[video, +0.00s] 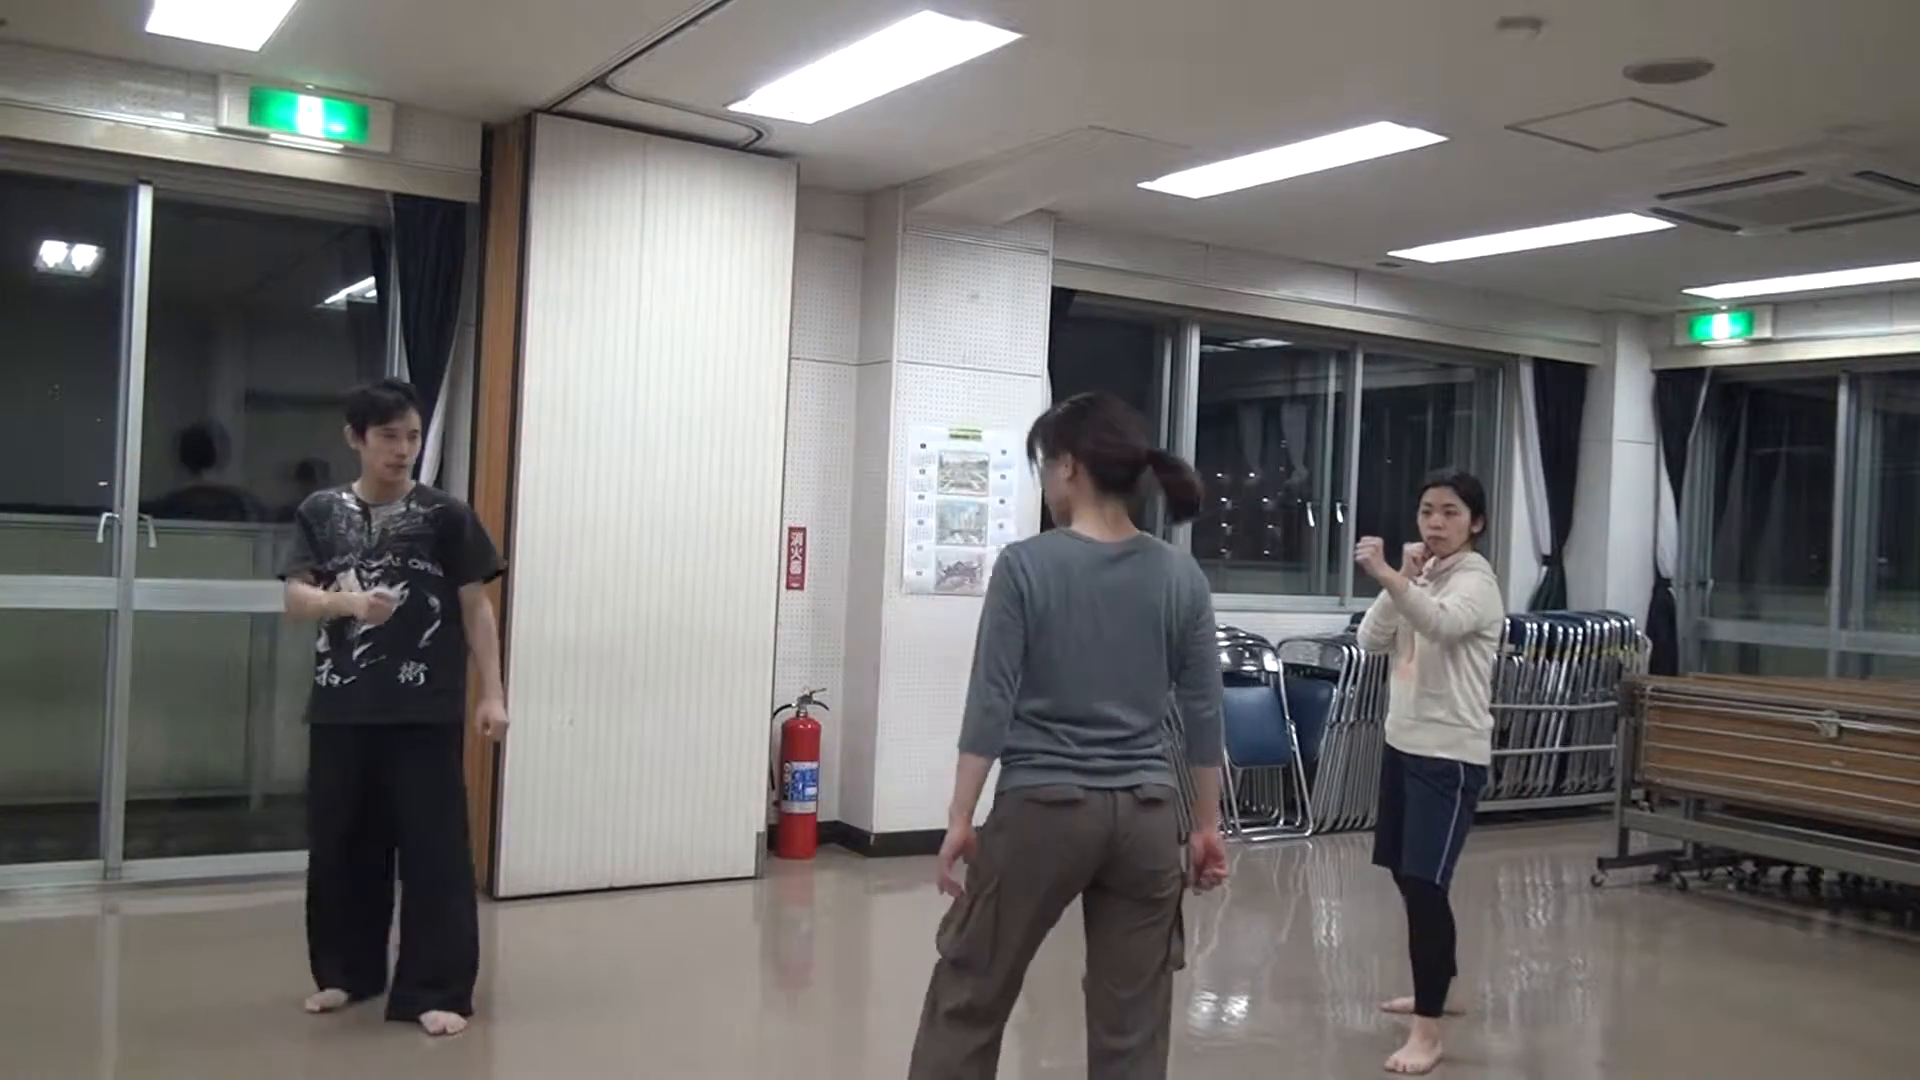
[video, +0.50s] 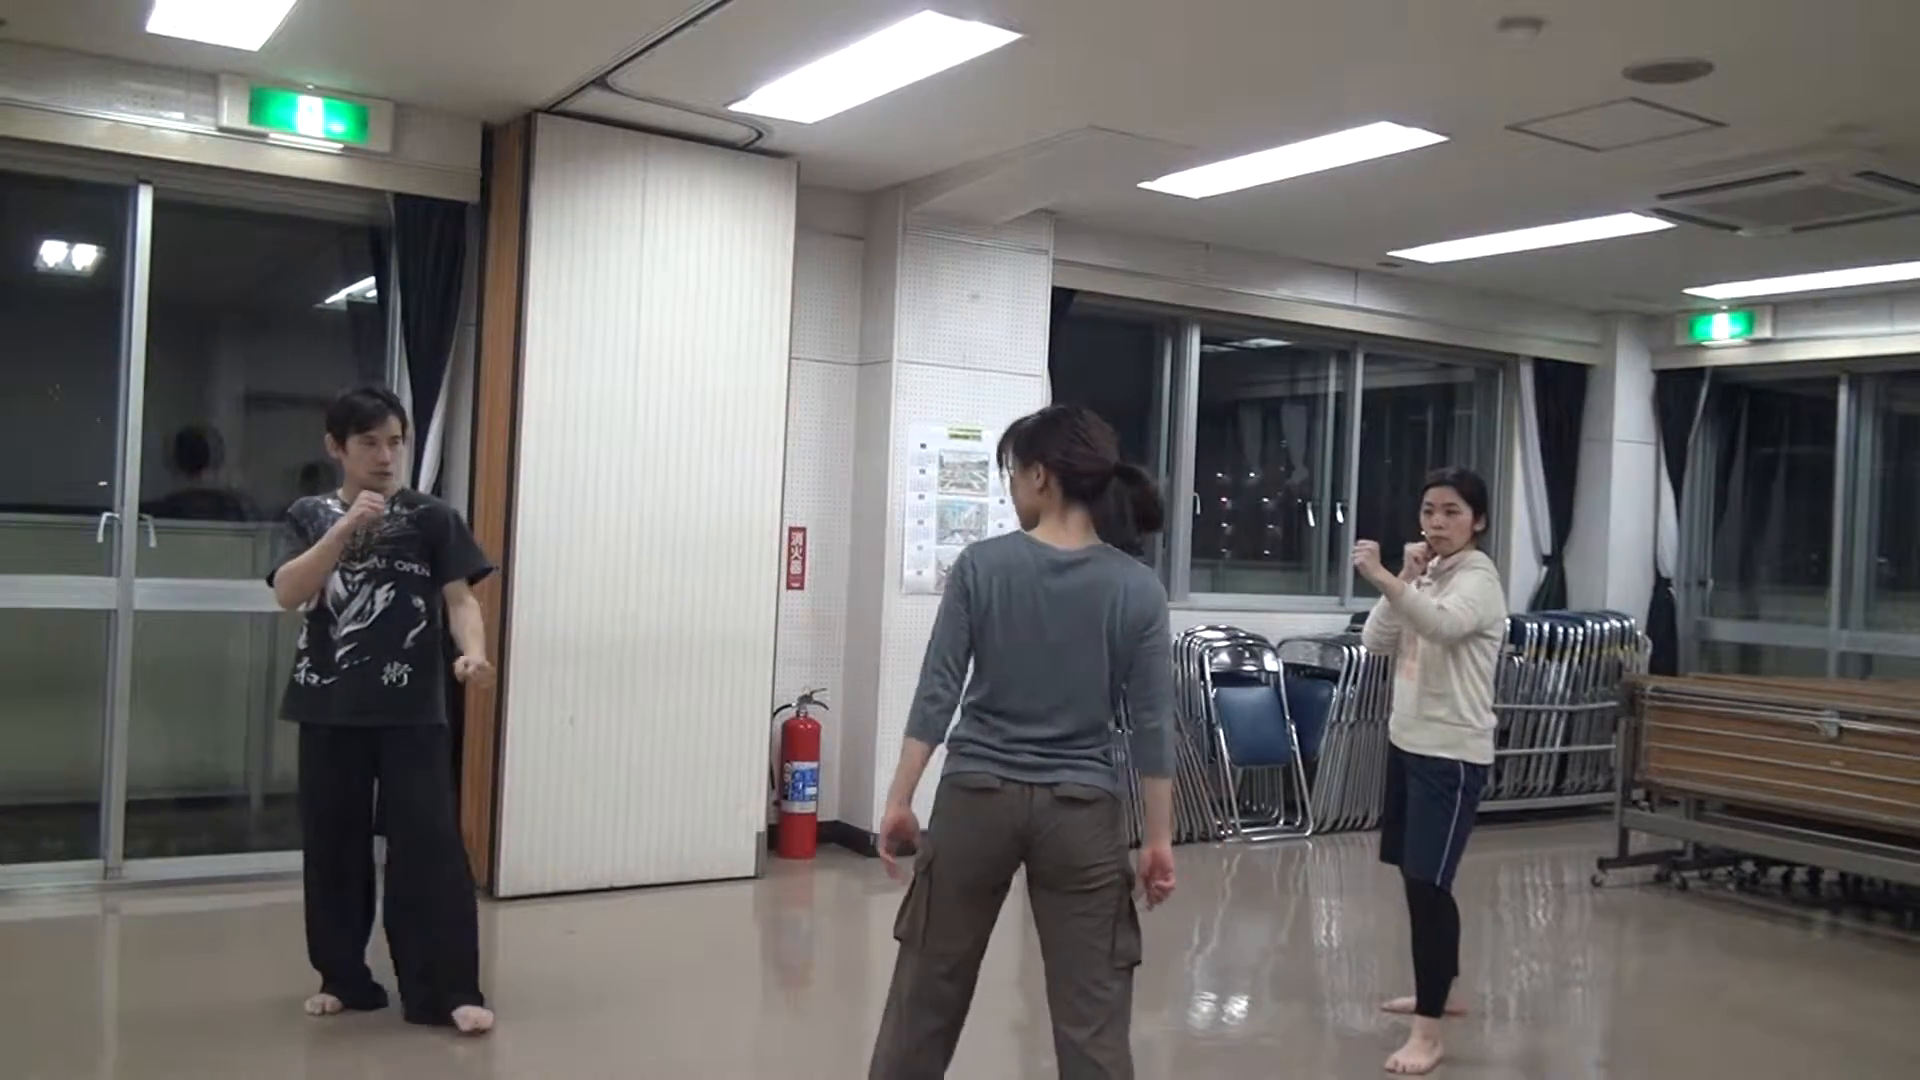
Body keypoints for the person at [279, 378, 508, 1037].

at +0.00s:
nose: (401, 449)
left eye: (411, 438)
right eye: (388, 437)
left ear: (421, 441)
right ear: (357, 439)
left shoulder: (448, 515)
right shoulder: (321, 513)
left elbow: (477, 610)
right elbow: (295, 599)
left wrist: (493, 693)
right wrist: (348, 602)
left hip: (426, 715)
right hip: (343, 716)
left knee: (435, 855)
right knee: (341, 848)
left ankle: (438, 995)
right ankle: (347, 975)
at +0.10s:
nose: (398, 451)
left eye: (407, 440)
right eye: (384, 440)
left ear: (418, 442)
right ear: (352, 442)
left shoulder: (444, 516)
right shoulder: (319, 514)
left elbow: (474, 614)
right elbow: (295, 600)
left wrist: (493, 696)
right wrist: (346, 581)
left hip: (424, 715)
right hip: (341, 716)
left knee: (430, 853)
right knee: (339, 850)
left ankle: (438, 995)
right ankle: (352, 980)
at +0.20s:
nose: (391, 452)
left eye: (401, 441)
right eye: (376, 441)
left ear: (412, 444)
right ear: (345, 445)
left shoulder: (440, 517)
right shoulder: (315, 515)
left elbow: (469, 611)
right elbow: (291, 598)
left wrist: (485, 692)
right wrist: (343, 559)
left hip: (419, 715)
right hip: (336, 715)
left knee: (426, 855)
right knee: (336, 854)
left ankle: (437, 994)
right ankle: (352, 981)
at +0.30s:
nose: (386, 453)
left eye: (395, 441)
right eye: (371, 442)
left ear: (407, 443)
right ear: (339, 447)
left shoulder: (435, 518)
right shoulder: (312, 517)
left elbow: (464, 611)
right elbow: (289, 596)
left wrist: (478, 687)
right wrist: (340, 545)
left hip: (414, 711)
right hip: (332, 712)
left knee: (420, 852)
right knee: (334, 849)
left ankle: (434, 996)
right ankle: (347, 982)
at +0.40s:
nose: (385, 453)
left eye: (395, 441)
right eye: (370, 442)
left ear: (406, 444)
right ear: (337, 448)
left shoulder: (433, 518)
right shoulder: (311, 517)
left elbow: (459, 607)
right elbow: (289, 594)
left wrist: (473, 674)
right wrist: (343, 532)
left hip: (414, 712)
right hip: (331, 712)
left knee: (421, 849)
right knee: (334, 848)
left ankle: (436, 996)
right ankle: (343, 982)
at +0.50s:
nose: (385, 453)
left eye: (394, 441)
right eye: (369, 442)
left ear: (405, 444)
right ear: (337, 447)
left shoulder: (431, 516)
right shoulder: (309, 516)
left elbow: (459, 598)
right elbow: (288, 592)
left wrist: (471, 647)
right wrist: (344, 530)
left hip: (414, 711)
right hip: (331, 711)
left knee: (430, 846)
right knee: (334, 846)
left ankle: (447, 992)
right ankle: (344, 982)